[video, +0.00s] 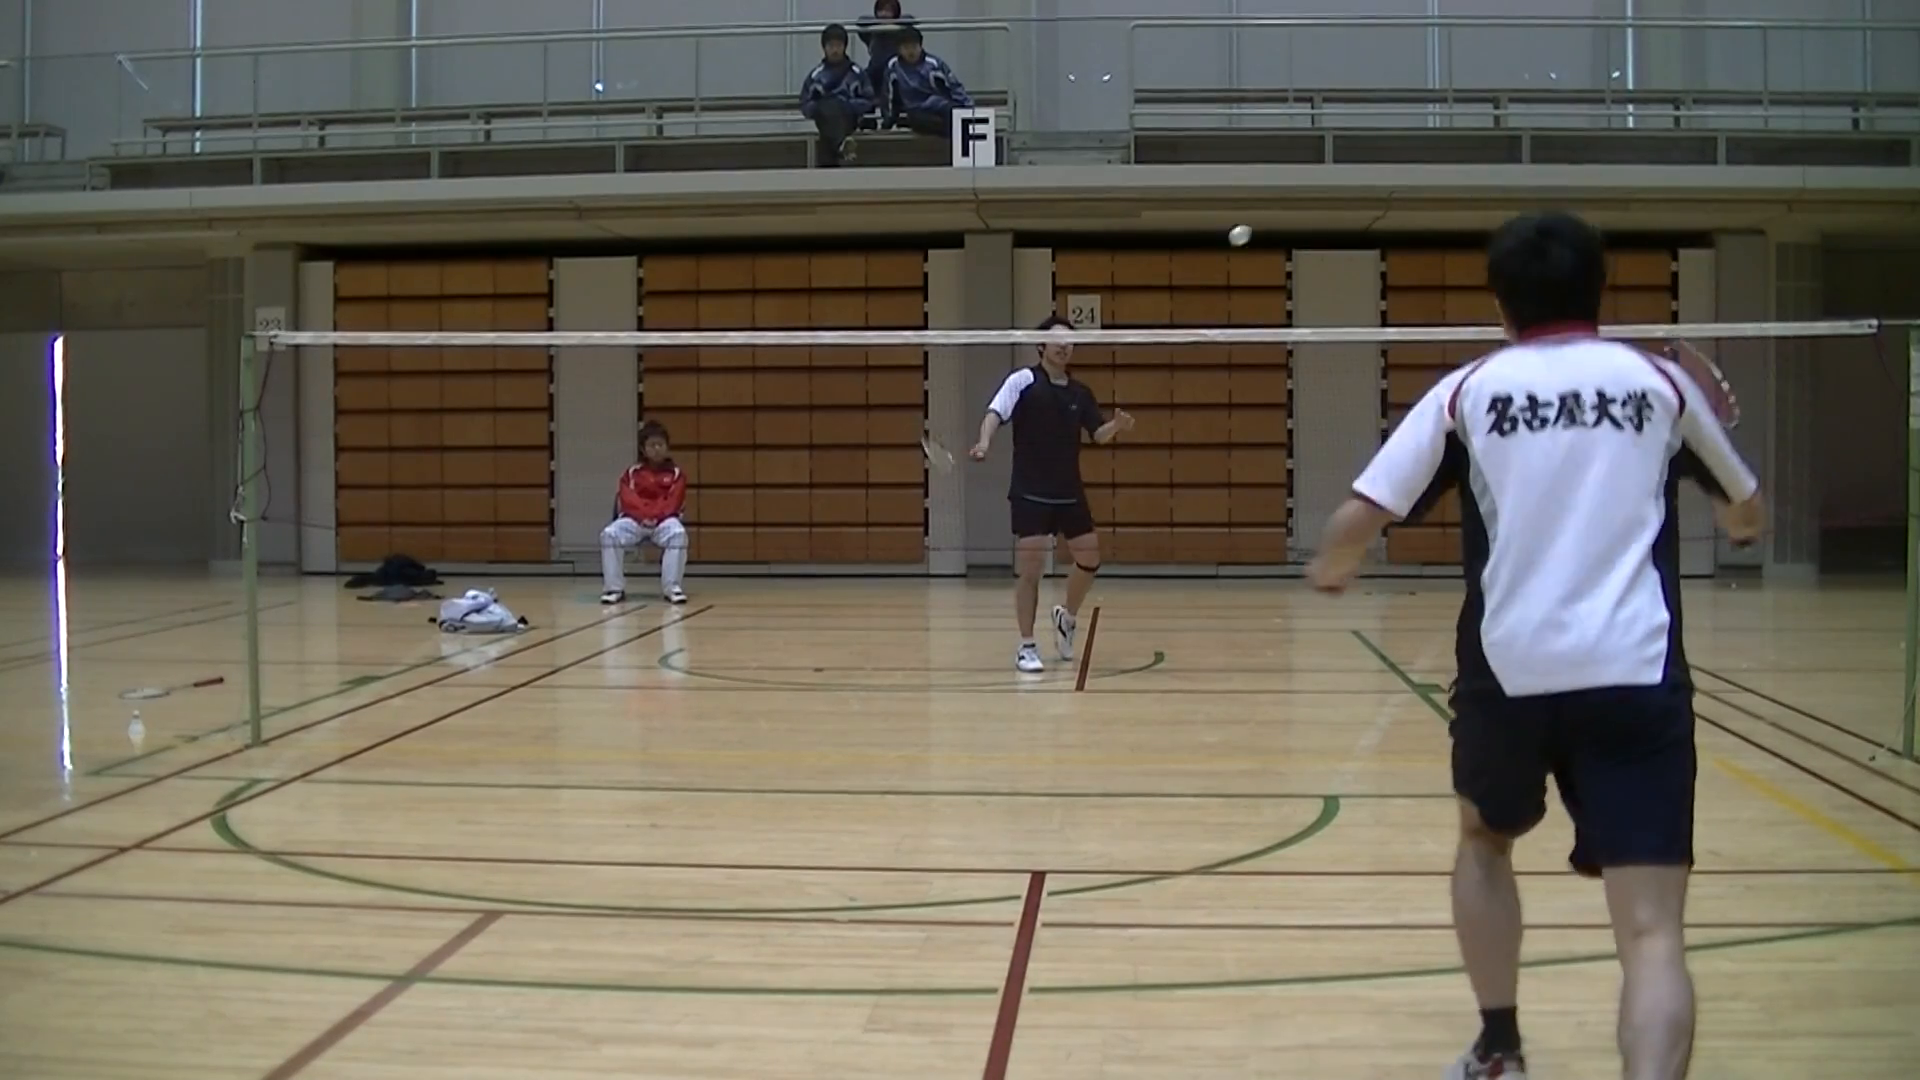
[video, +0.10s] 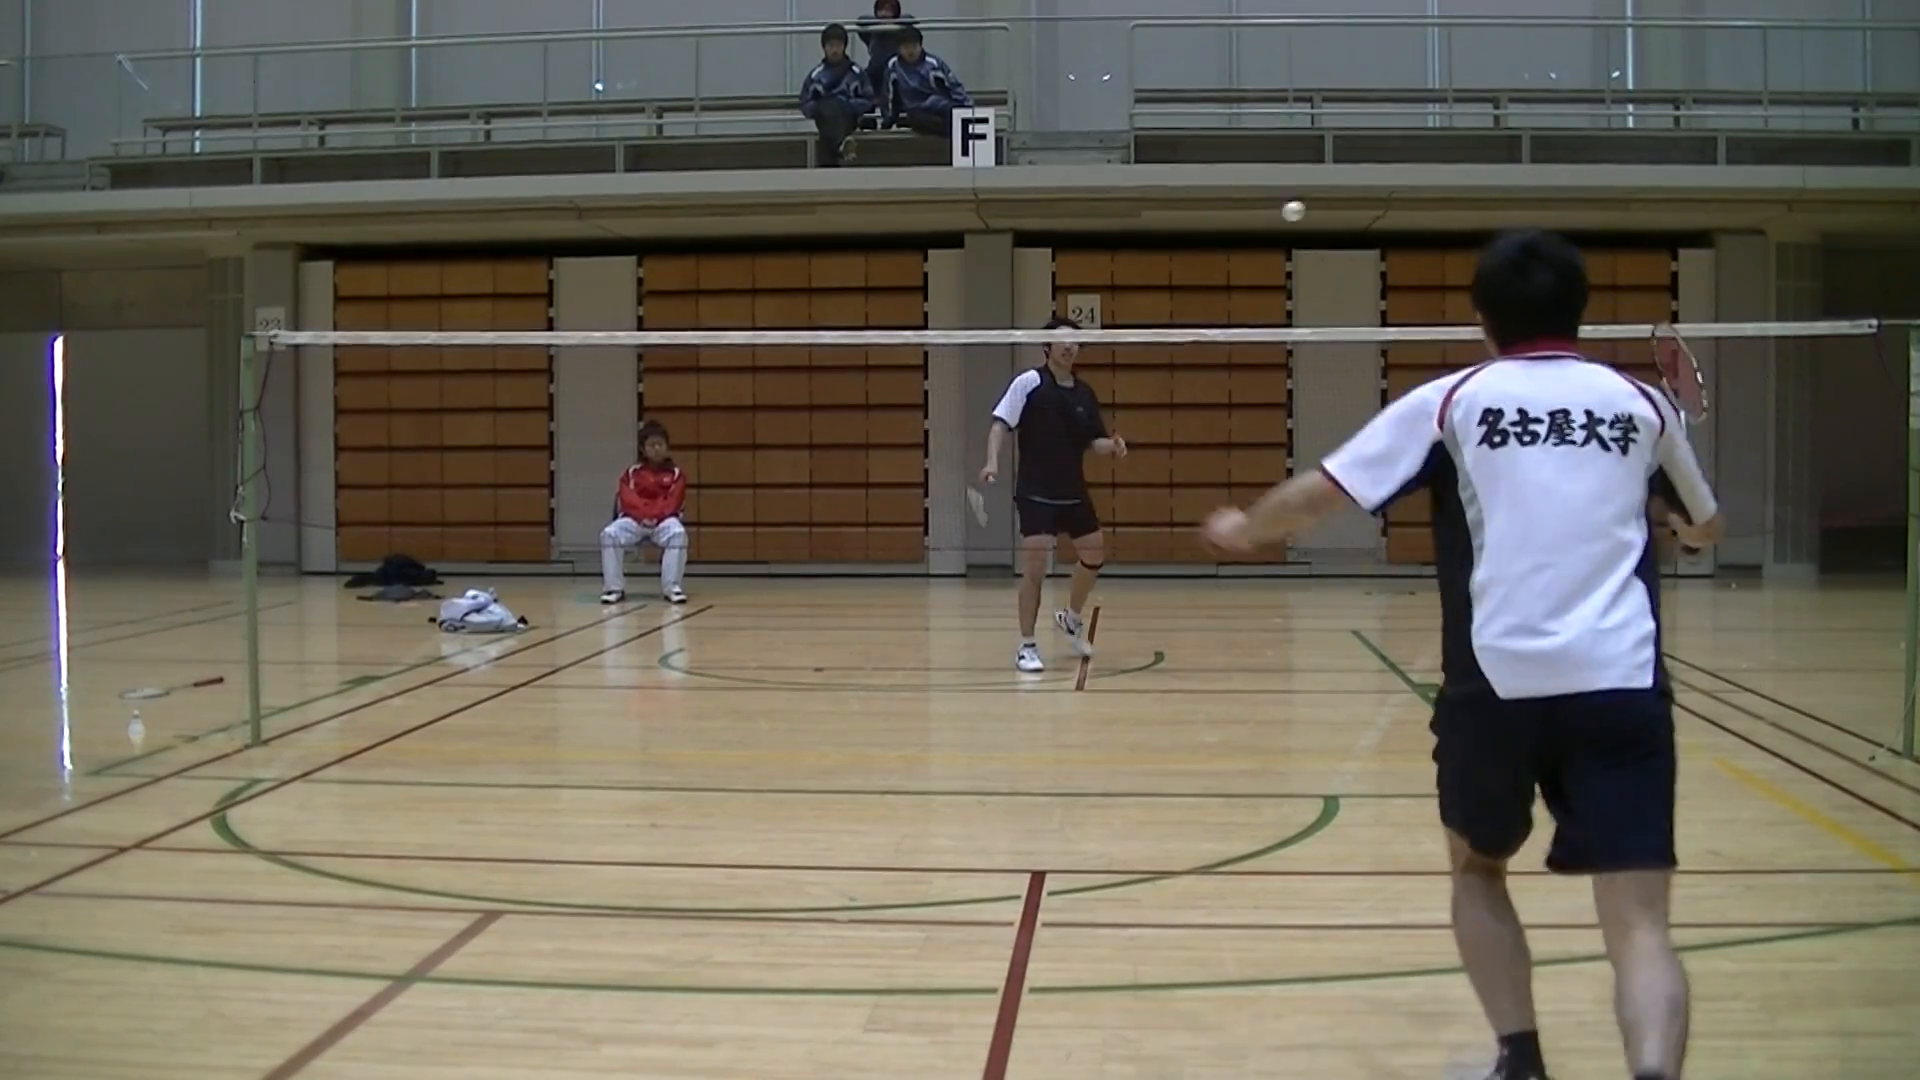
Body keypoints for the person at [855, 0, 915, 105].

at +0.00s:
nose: (884, 13)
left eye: (889, 9)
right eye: (881, 9)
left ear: (895, 12)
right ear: (876, 12)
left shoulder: (901, 30)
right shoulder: (871, 33)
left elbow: (910, 19)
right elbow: (861, 22)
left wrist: (892, 22)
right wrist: (880, 21)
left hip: (897, 69)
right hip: (874, 70)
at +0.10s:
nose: (884, 12)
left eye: (889, 9)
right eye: (881, 9)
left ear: (895, 12)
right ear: (876, 12)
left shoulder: (901, 31)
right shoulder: (872, 34)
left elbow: (910, 19)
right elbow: (861, 21)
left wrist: (893, 22)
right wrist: (879, 21)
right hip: (873, 73)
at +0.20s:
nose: (884, 12)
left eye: (889, 9)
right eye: (881, 9)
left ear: (895, 12)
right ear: (876, 12)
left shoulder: (901, 31)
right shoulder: (872, 34)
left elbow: (910, 19)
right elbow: (861, 21)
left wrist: (893, 22)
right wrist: (879, 21)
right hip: (874, 73)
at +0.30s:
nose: (884, 13)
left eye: (888, 9)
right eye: (880, 9)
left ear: (895, 12)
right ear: (876, 12)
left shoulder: (901, 31)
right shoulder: (871, 34)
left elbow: (910, 19)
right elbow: (860, 21)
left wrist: (892, 22)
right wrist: (879, 21)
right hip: (873, 73)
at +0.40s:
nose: (884, 13)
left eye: (888, 9)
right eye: (880, 9)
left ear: (895, 12)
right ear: (875, 12)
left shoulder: (900, 29)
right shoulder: (871, 32)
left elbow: (911, 19)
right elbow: (860, 21)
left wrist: (892, 22)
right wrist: (880, 21)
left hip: (896, 69)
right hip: (874, 71)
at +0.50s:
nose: (883, 13)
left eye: (887, 9)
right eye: (879, 9)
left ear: (894, 12)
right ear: (874, 12)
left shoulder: (899, 30)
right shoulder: (870, 33)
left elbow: (909, 19)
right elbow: (860, 21)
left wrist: (892, 23)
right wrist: (880, 22)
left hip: (896, 69)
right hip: (873, 70)